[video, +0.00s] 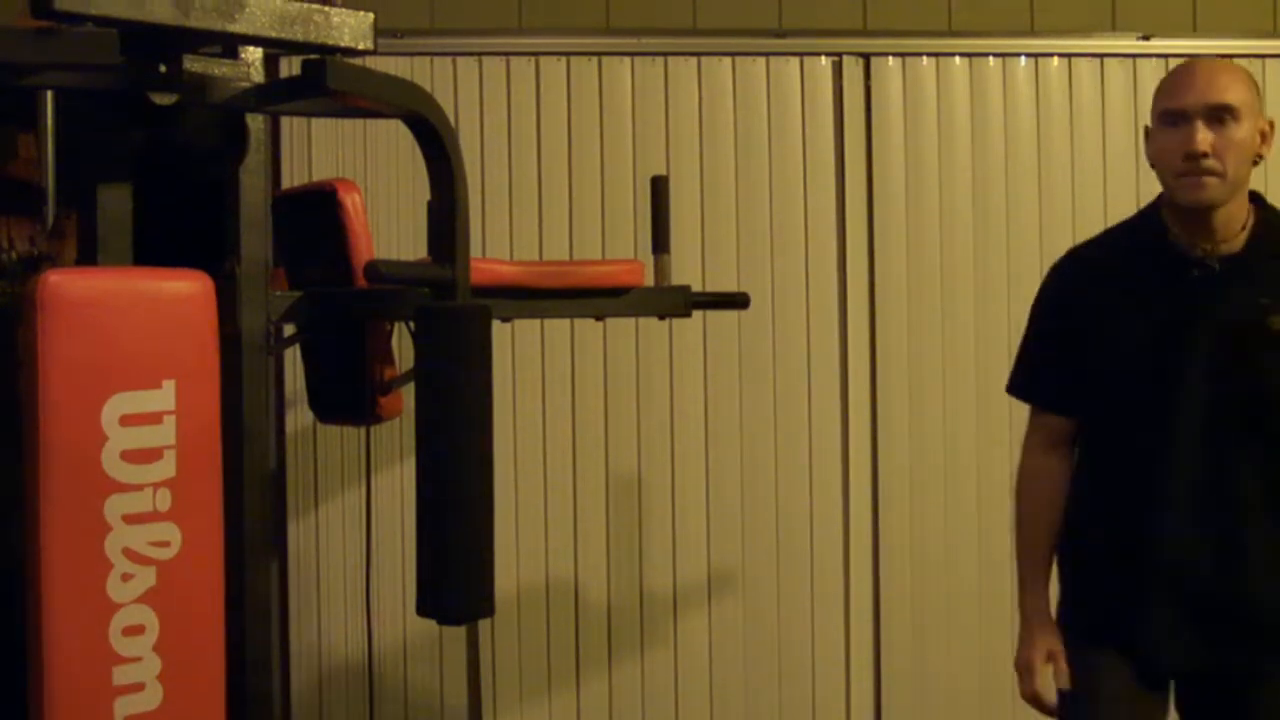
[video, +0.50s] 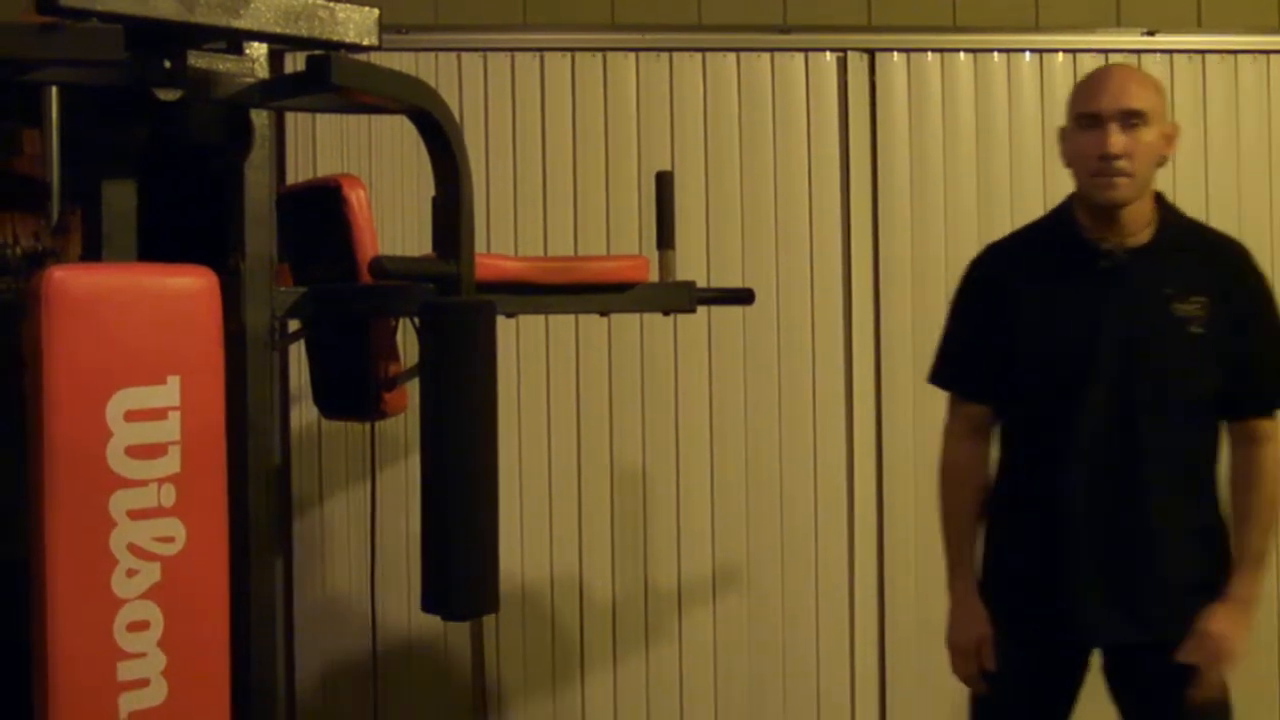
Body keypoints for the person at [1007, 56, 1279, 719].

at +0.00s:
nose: (1197, 140)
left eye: (1221, 118)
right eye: (1174, 121)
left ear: (1262, 139)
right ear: (1150, 142)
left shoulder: (1279, 265)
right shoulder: (1087, 277)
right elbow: (1050, 447)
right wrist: (1035, 614)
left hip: (1258, 613)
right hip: (1117, 612)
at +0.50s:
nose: (1110, 142)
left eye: (1132, 123)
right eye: (1090, 124)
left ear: (1167, 142)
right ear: (1065, 144)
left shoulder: (1223, 272)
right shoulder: (1002, 271)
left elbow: (1256, 438)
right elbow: (966, 433)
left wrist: (1241, 596)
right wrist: (962, 591)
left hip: (1169, 583)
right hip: (1033, 583)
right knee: (1008, 716)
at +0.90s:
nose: (1018, 152)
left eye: (1038, 134)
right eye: (996, 135)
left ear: (1068, 157)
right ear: (969, 162)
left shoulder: (1132, 276)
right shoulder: (923, 284)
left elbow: (1168, 437)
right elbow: (824, 427)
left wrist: (1145, 567)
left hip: (1082, 597)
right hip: (951, 596)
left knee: (1116, 716)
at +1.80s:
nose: (1032, 128)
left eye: (1050, 102)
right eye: (1005, 108)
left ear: (1081, 116)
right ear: (971, 132)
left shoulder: (1148, 228)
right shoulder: (921, 262)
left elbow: (1167, 399)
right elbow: (881, 437)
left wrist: (986, 449)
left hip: (1121, 601)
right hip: (976, 604)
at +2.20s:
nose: (943, 123)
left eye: (963, 99)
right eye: (917, 105)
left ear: (1001, 119)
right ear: (892, 135)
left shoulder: (1077, 227)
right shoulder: (857, 244)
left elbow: (1062, 359)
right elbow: (783, 317)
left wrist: (874, 349)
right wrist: (938, 211)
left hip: (1038, 614)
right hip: (888, 616)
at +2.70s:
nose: (1057, 145)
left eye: (1075, 118)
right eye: (1029, 124)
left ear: (1103, 132)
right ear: (988, 150)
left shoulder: (1179, 271)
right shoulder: (934, 287)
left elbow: (1262, 454)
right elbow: (844, 447)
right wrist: (838, 282)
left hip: (1134, 663)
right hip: (975, 661)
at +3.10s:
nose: (1053, 124)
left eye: (1057, 97)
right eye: (1021, 105)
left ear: (1069, 101)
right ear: (957, 130)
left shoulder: (1132, 230)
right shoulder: (908, 252)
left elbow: (1189, 418)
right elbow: (850, 415)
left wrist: (1186, 603)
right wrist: (857, 230)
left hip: (1107, 626)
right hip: (948, 628)